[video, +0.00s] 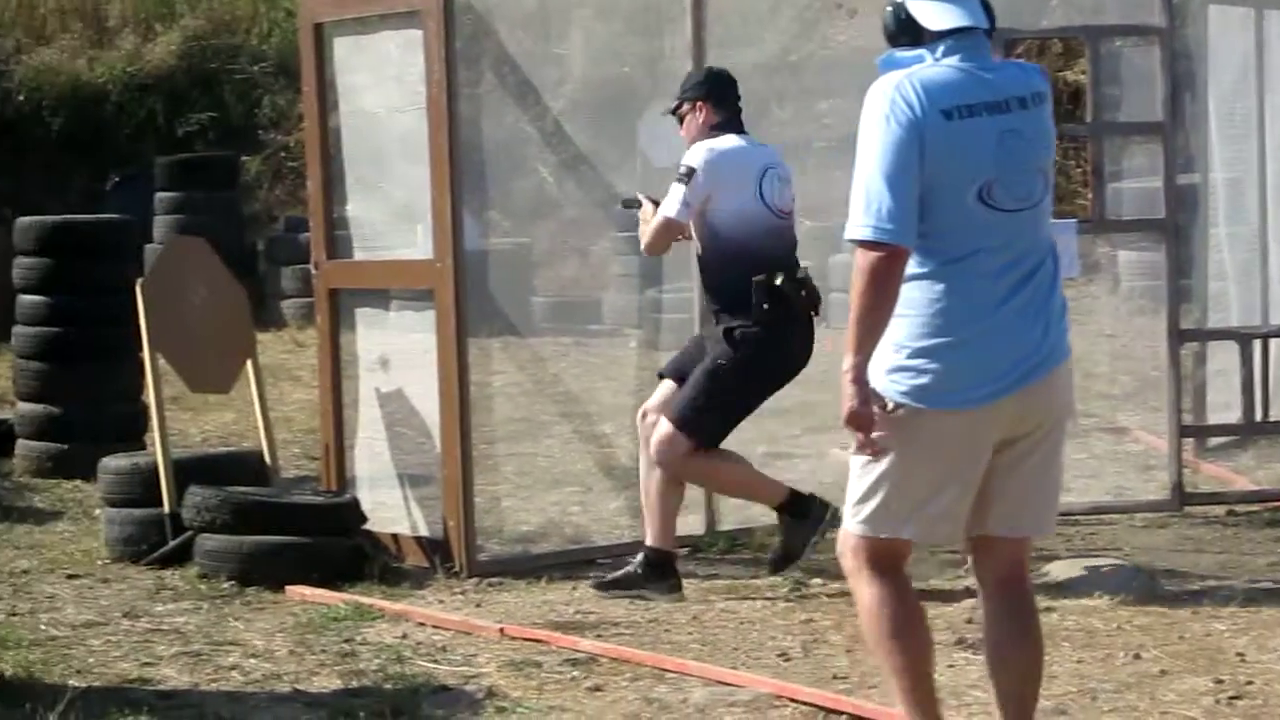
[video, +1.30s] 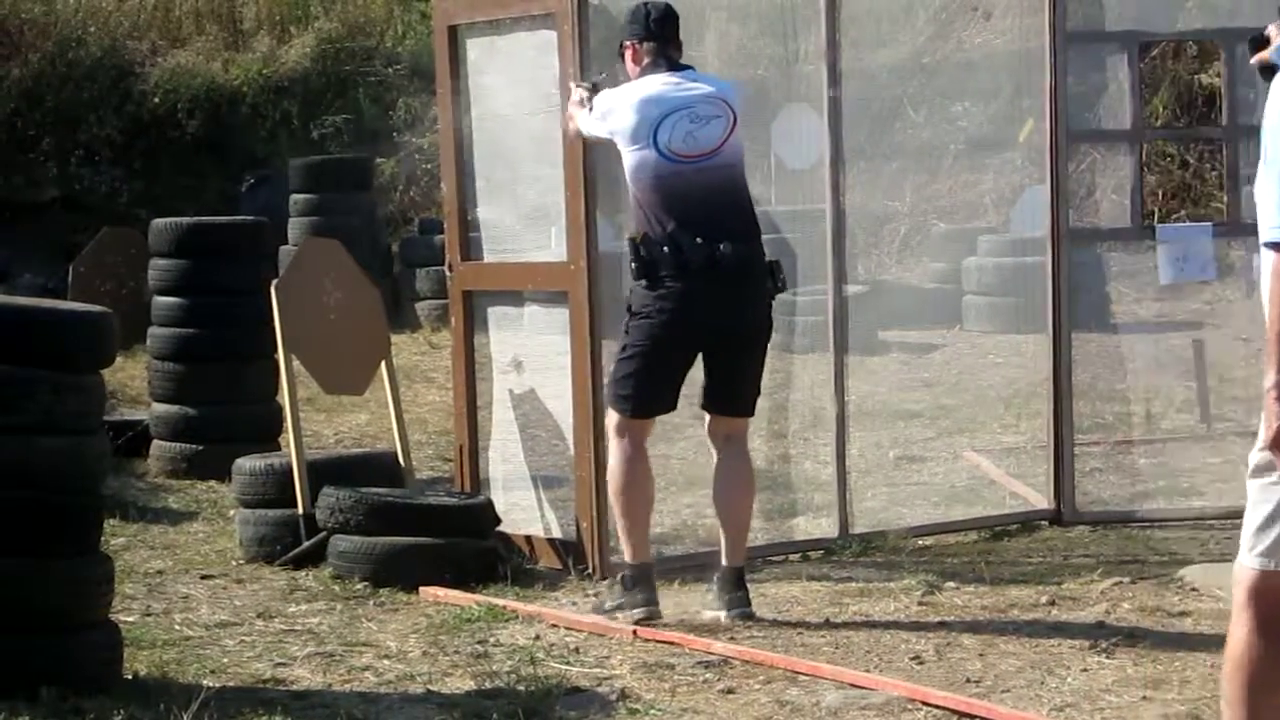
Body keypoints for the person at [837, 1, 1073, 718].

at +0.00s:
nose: (893, 33)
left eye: (896, 23)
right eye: (898, 25)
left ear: (908, 24)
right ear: (985, 24)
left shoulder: (901, 91)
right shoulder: (1033, 86)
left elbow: (883, 249)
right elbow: (1021, 214)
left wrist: (854, 372)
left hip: (934, 368)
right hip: (1038, 362)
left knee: (871, 554)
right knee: (1005, 563)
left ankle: (920, 711)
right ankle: (1018, 715)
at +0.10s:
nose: (981, 25)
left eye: (986, 17)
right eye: (985, 18)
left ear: (998, 19)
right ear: (1075, 19)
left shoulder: (992, 90)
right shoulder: (1123, 84)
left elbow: (972, 250)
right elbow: (1113, 210)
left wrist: (940, 369)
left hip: (1024, 369)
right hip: (1126, 362)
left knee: (977, 568)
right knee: (1087, 570)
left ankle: (1058, 713)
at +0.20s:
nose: (1039, 24)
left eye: (1044, 16)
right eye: (1042, 18)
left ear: (1057, 18)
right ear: (1134, 18)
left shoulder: (1052, 92)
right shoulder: (1184, 87)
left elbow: (1029, 253)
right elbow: (1177, 216)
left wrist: (994, 371)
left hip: (1086, 378)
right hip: (1185, 366)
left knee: (1068, 586)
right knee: (1140, 573)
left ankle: (1133, 710)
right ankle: (1146, 716)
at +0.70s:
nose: (1107, 17)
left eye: (1112, 13)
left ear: (1125, 13)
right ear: (1204, 12)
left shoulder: (1118, 89)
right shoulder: (1254, 82)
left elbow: (1089, 258)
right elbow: (1262, 218)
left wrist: (1055, 382)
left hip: (1155, 393)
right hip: (1257, 379)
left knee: (1143, 609)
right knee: (1209, 573)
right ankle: (1220, 713)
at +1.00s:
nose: (1185, 16)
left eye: (1191, 12)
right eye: (1192, 12)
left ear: (1210, 10)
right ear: (1265, 12)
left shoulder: (1205, 91)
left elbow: (1183, 267)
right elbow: (1183, 267)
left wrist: (1149, 392)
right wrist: (1154, 394)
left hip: (1229, 402)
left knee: (1178, 612)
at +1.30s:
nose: (1263, 44)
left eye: (1266, 38)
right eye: (1266, 39)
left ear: (1274, 36)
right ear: (1274, 40)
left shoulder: (1277, 93)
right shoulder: (1276, 94)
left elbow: (1273, 253)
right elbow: (1274, 253)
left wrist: (1274, 390)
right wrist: (1274, 391)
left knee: (1258, 598)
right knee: (1257, 598)